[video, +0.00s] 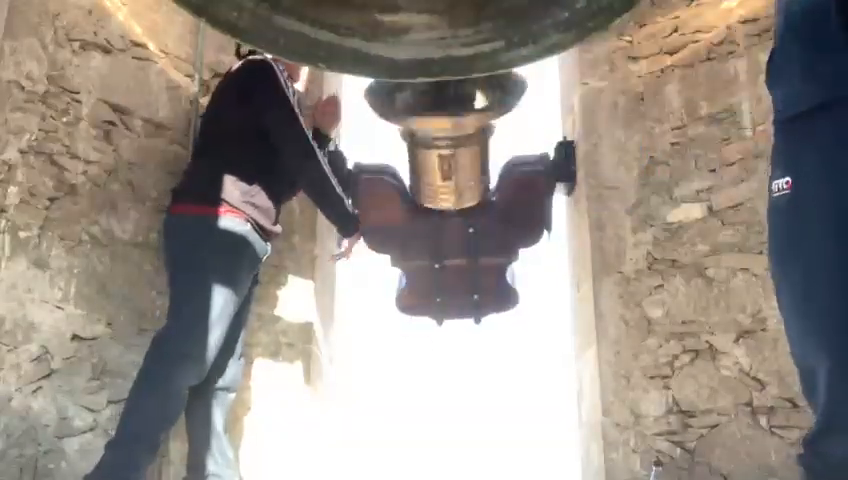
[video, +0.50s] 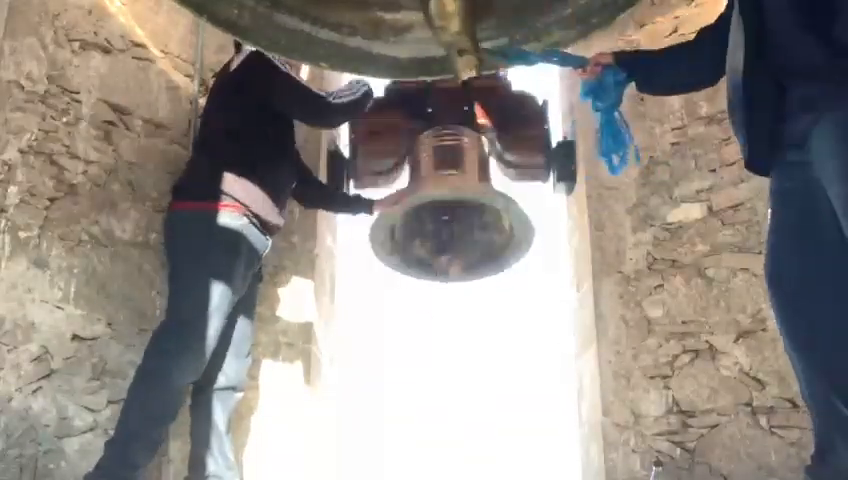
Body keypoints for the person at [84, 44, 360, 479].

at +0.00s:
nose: (304, 64)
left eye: (308, 57)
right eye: (301, 54)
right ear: (284, 50)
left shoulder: (286, 102)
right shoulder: (261, 73)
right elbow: (296, 152)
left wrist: (322, 136)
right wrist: (347, 222)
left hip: (248, 239)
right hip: (216, 225)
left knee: (221, 380)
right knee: (187, 358)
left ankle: (216, 473)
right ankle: (118, 470)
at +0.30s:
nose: (308, 62)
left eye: (310, 54)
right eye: (304, 50)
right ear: (283, 41)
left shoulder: (276, 91)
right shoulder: (257, 66)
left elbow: (316, 155)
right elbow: (289, 144)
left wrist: (368, 124)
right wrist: (352, 162)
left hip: (251, 237)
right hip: (220, 222)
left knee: (224, 378)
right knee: (187, 357)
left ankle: (215, 473)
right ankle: (117, 470)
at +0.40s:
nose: (306, 61)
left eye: (309, 54)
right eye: (303, 50)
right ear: (285, 43)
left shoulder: (276, 102)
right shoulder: (257, 67)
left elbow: (310, 178)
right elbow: (304, 131)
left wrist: (369, 163)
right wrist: (365, 128)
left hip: (251, 238)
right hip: (220, 222)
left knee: (225, 376)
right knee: (188, 357)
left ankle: (215, 473)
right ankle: (119, 470)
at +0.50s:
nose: (303, 61)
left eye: (304, 57)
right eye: (297, 53)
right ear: (275, 43)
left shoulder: (273, 119)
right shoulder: (255, 67)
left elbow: (307, 188)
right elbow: (324, 111)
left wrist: (373, 206)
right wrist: (372, 84)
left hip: (250, 241)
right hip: (216, 218)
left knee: (225, 380)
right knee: (186, 352)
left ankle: (216, 474)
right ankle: (117, 470)